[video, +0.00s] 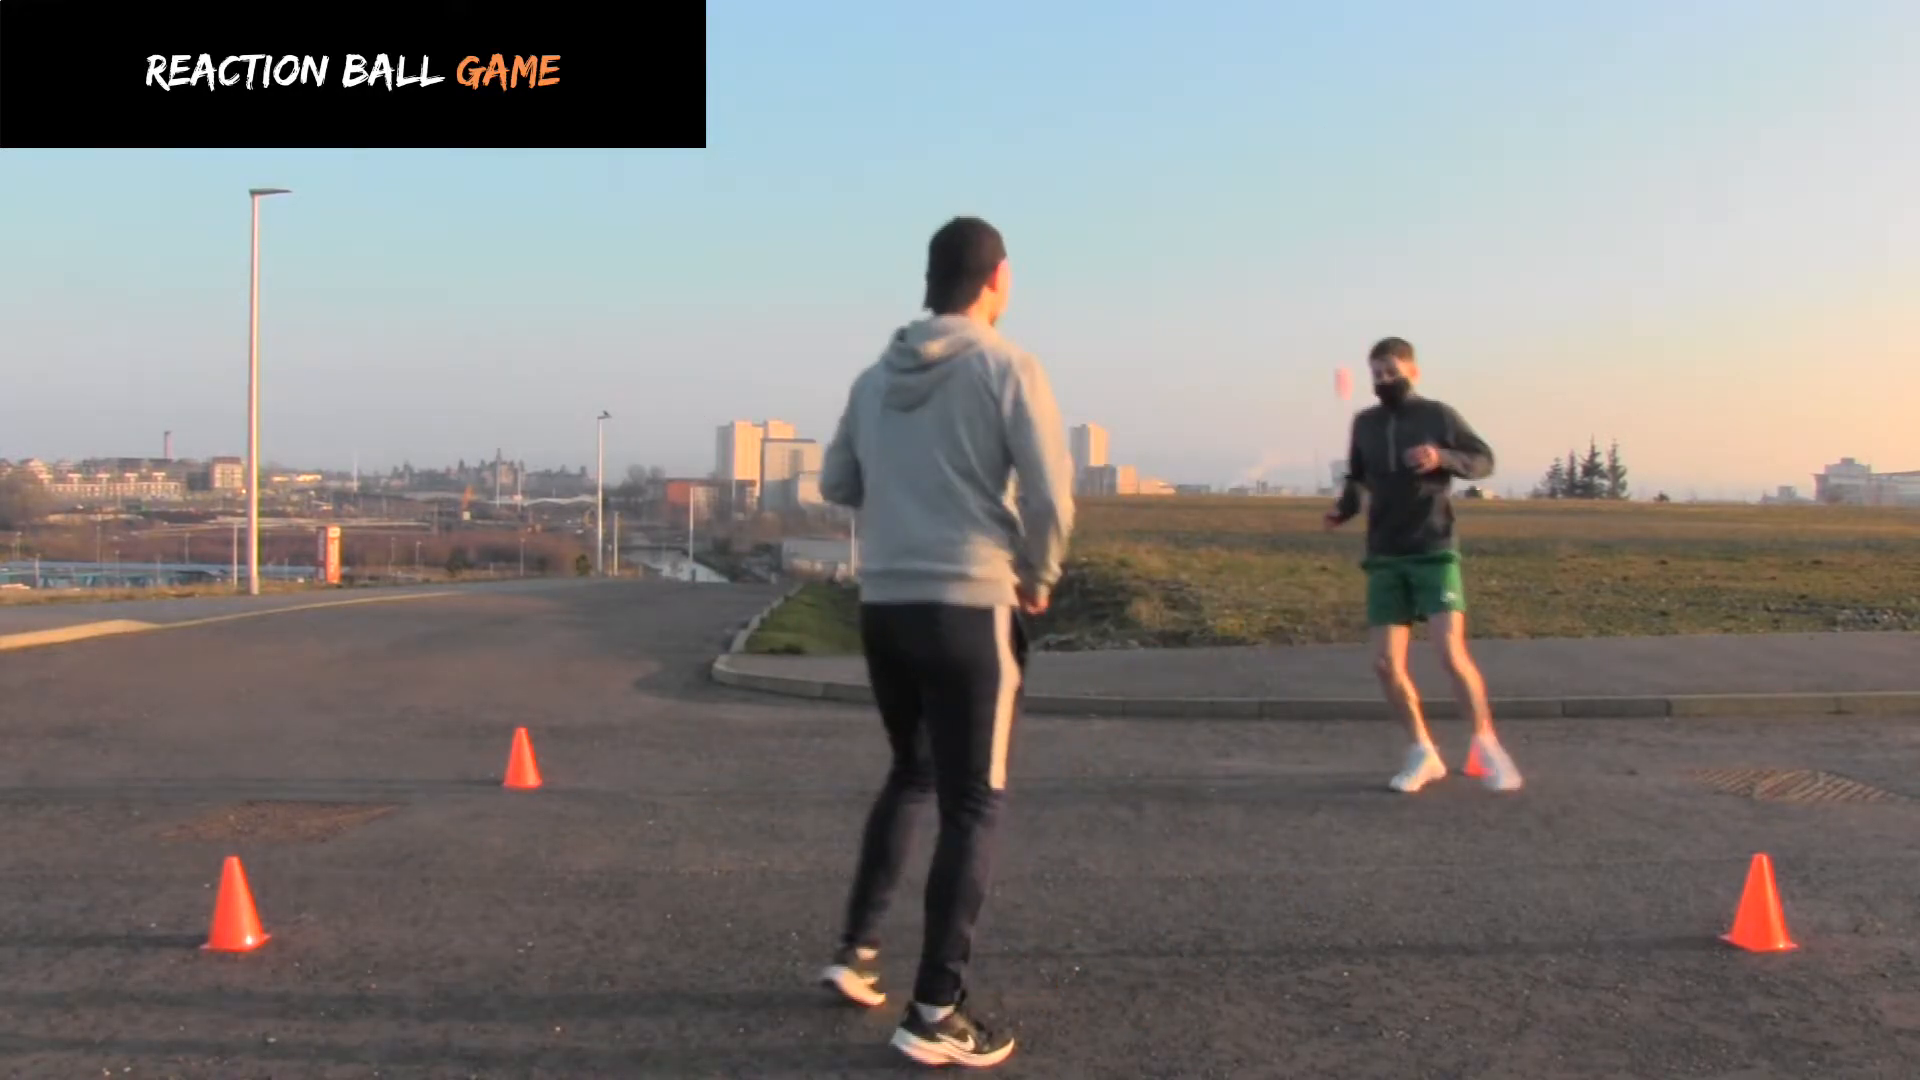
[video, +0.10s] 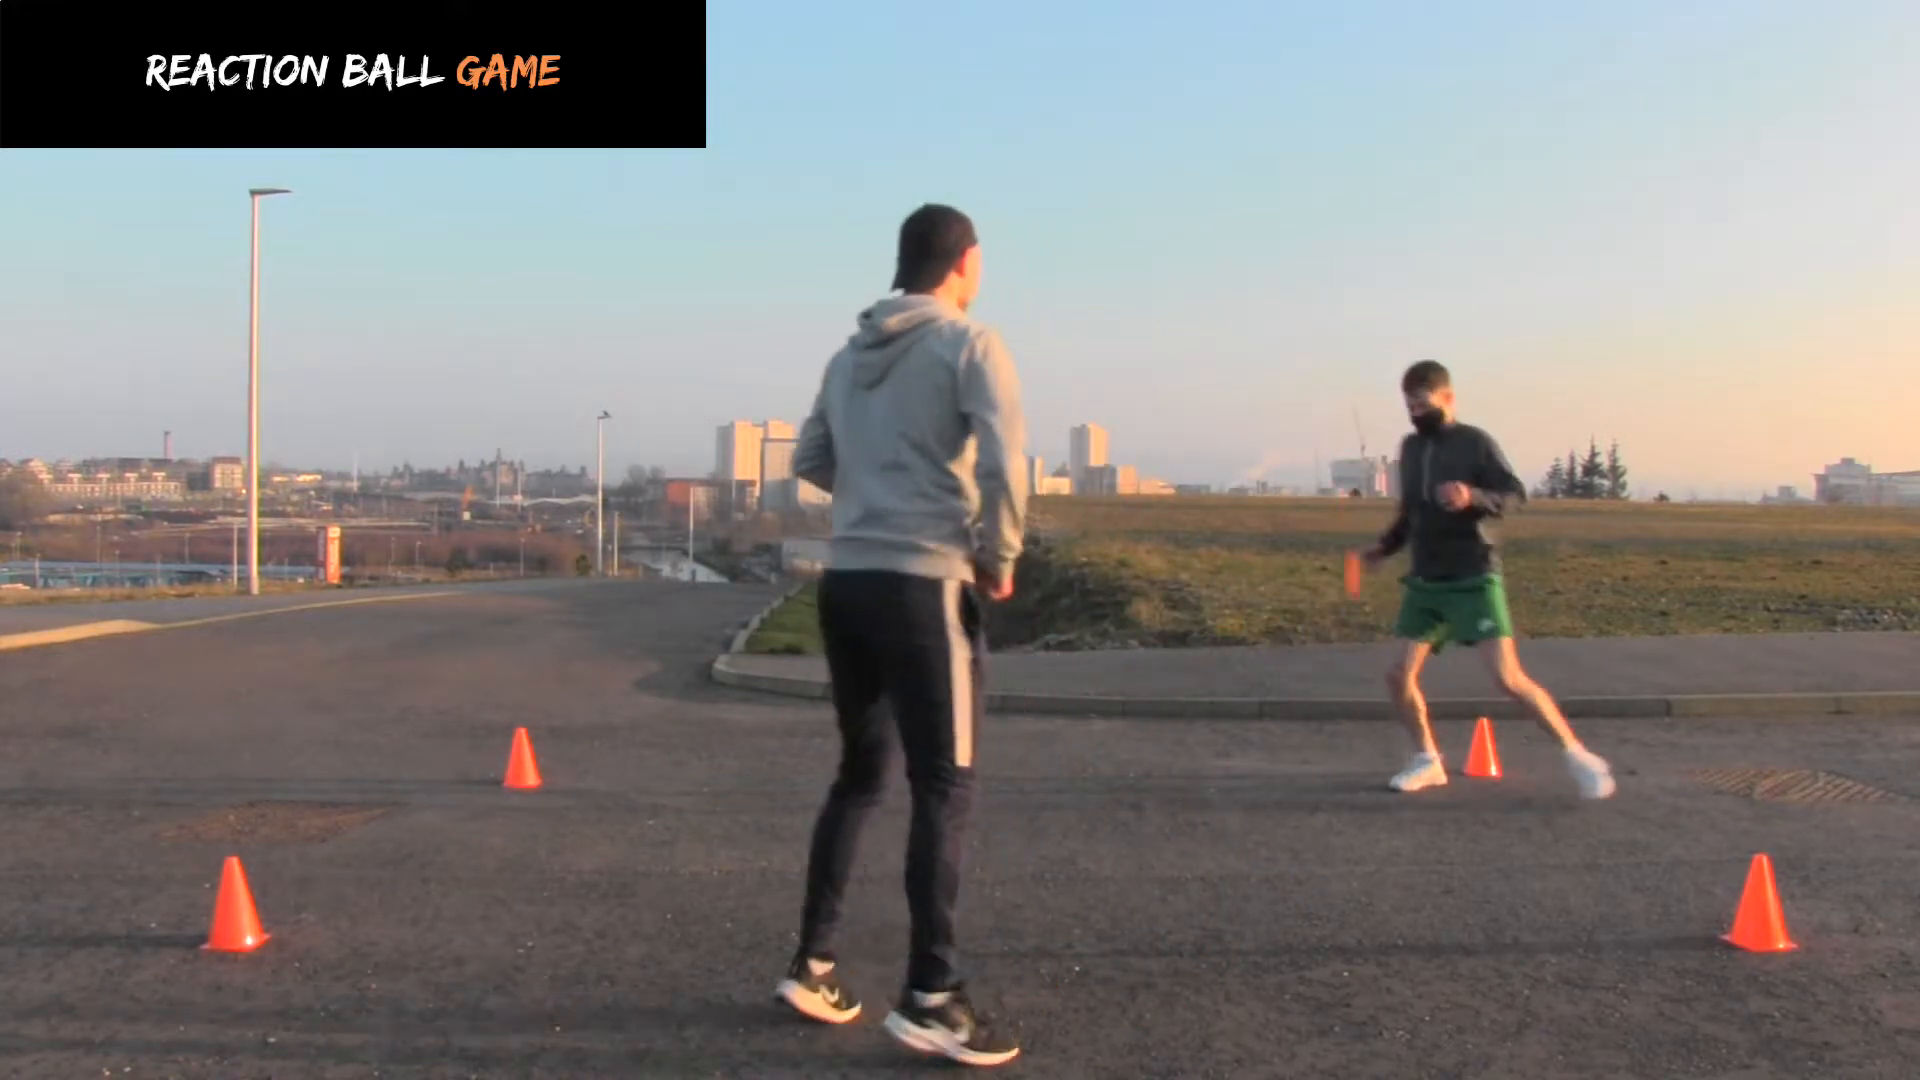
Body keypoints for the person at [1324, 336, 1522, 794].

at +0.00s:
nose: (1383, 376)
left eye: (1390, 367)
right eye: (1377, 369)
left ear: (1412, 368)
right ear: (1371, 374)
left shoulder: (1437, 415)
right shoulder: (1365, 424)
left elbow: (1483, 462)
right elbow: (1356, 479)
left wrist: (1443, 459)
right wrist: (1343, 509)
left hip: (1435, 552)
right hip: (1384, 555)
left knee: (1452, 654)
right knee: (1387, 665)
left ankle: (1485, 744)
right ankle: (1425, 752)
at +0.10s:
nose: (1415, 409)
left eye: (1423, 400)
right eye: (1410, 401)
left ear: (1448, 396)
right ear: (1406, 402)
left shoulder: (1474, 443)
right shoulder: (1412, 449)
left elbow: (1514, 497)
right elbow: (1411, 513)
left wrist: (1473, 497)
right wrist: (1383, 547)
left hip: (1477, 580)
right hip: (1427, 582)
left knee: (1508, 677)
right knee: (1400, 678)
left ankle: (1578, 756)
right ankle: (1429, 760)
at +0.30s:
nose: (1454, 433)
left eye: (1459, 423)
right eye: (1448, 425)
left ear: (1486, 412)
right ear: (1446, 420)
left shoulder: (1520, 450)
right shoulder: (1477, 461)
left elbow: (1567, 502)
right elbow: (1498, 527)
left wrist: (1516, 536)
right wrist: (1464, 563)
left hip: (1550, 582)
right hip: (1504, 582)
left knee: (1563, 688)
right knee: (1450, 658)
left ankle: (1618, 773)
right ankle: (1477, 752)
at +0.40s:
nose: (1463, 426)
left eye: (1468, 416)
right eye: (1457, 418)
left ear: (1494, 403)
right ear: (1455, 413)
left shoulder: (1531, 439)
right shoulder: (1487, 451)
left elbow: (1581, 489)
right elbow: (1513, 519)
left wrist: (1534, 534)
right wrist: (1485, 558)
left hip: (1559, 575)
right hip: (1515, 577)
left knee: (1558, 679)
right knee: (1478, 664)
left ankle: (1617, 766)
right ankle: (1538, 733)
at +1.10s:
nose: (1515, 395)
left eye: (1524, 387)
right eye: (1512, 386)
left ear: (1558, 384)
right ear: (1513, 385)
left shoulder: (1584, 436)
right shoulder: (1526, 437)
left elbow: (1613, 508)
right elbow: (1509, 492)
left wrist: (1538, 514)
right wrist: (1456, 493)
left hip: (1592, 579)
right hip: (1552, 574)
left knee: (1543, 685)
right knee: (1544, 677)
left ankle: (1577, 804)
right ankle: (1591, 751)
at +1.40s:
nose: (1504, 387)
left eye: (1514, 379)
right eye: (1504, 378)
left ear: (1548, 384)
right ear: (1521, 382)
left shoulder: (1574, 443)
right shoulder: (1518, 437)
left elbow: (1616, 512)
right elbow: (1513, 505)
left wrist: (1545, 533)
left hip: (1587, 577)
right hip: (1546, 576)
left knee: (1545, 685)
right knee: (1536, 692)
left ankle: (1596, 816)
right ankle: (1609, 789)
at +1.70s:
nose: (1434, 422)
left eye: (1443, 412)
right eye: (1433, 411)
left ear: (1479, 414)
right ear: (1446, 412)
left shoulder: (1517, 474)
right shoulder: (1443, 476)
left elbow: (1562, 555)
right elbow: (1464, 555)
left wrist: (1476, 562)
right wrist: (1455, 621)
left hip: (1546, 617)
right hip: (1491, 624)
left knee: (1522, 738)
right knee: (1509, 744)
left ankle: (1589, 860)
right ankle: (1588, 769)